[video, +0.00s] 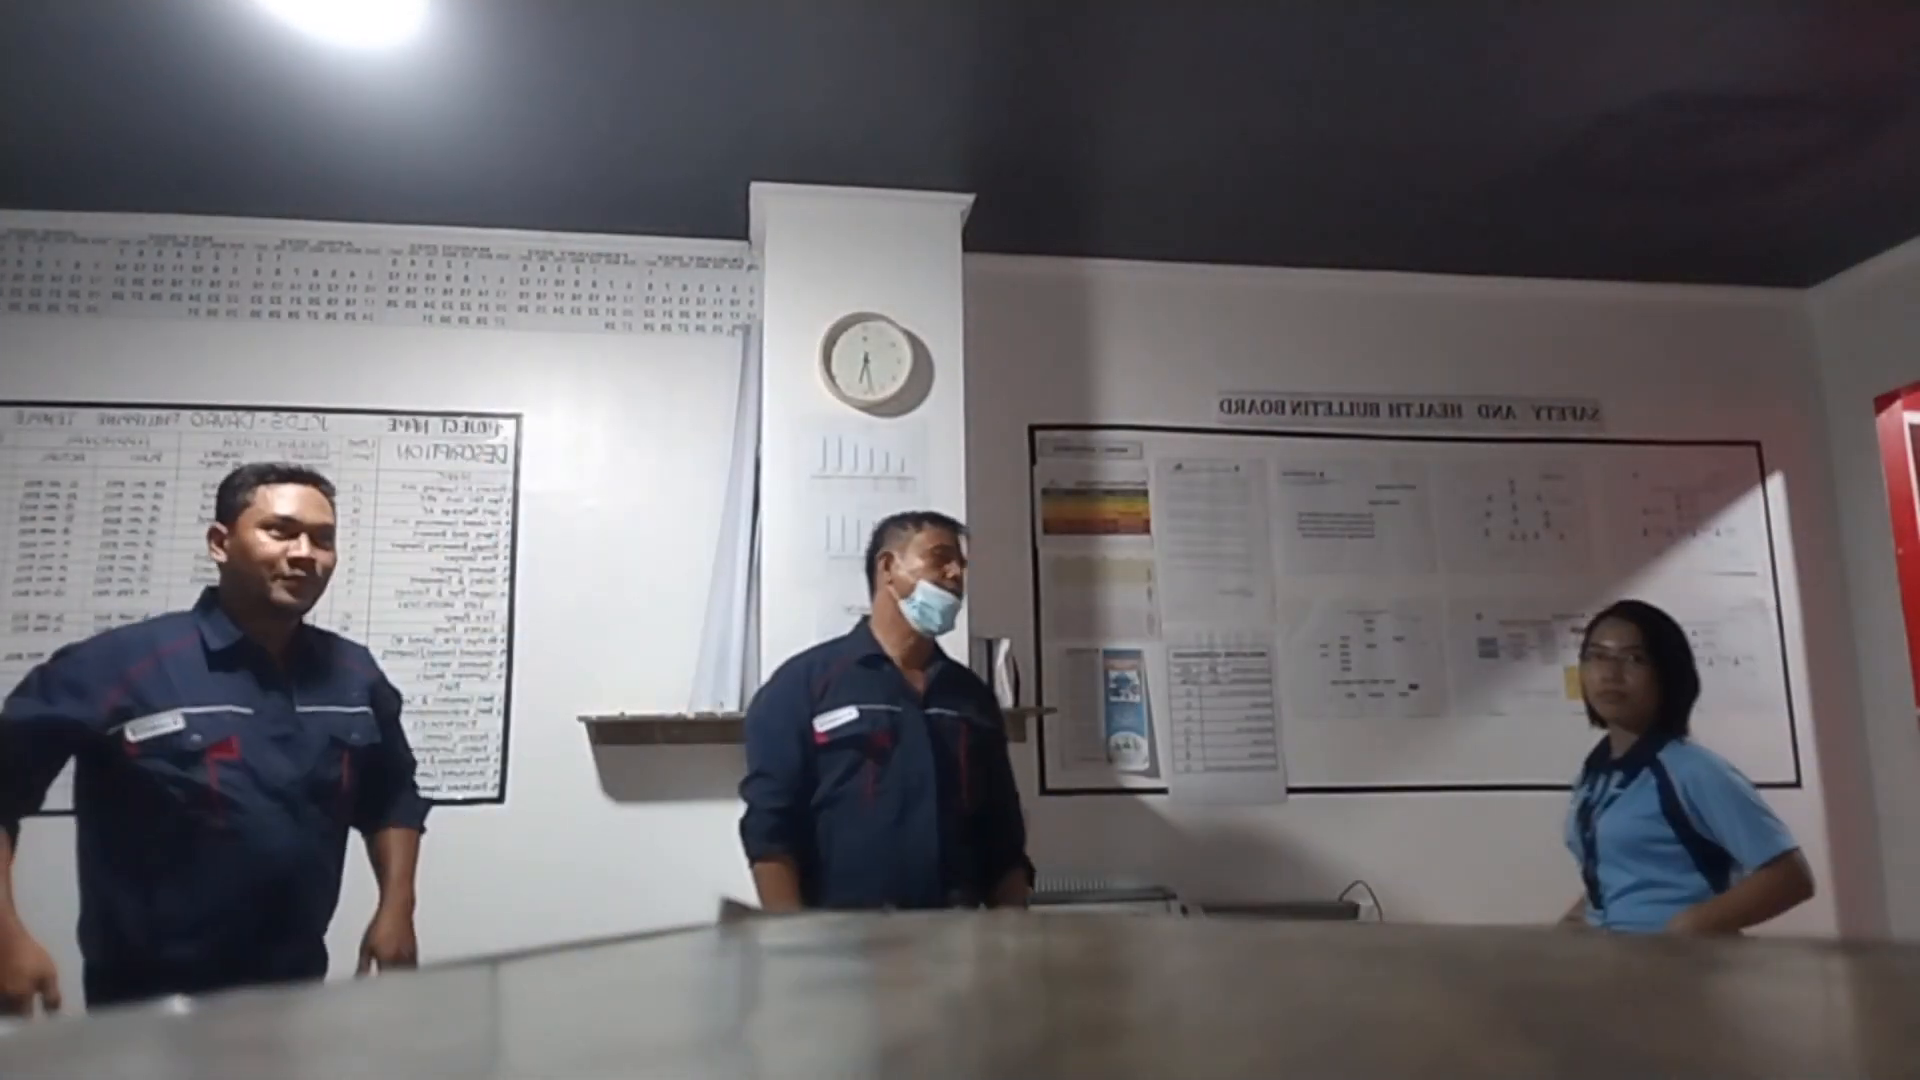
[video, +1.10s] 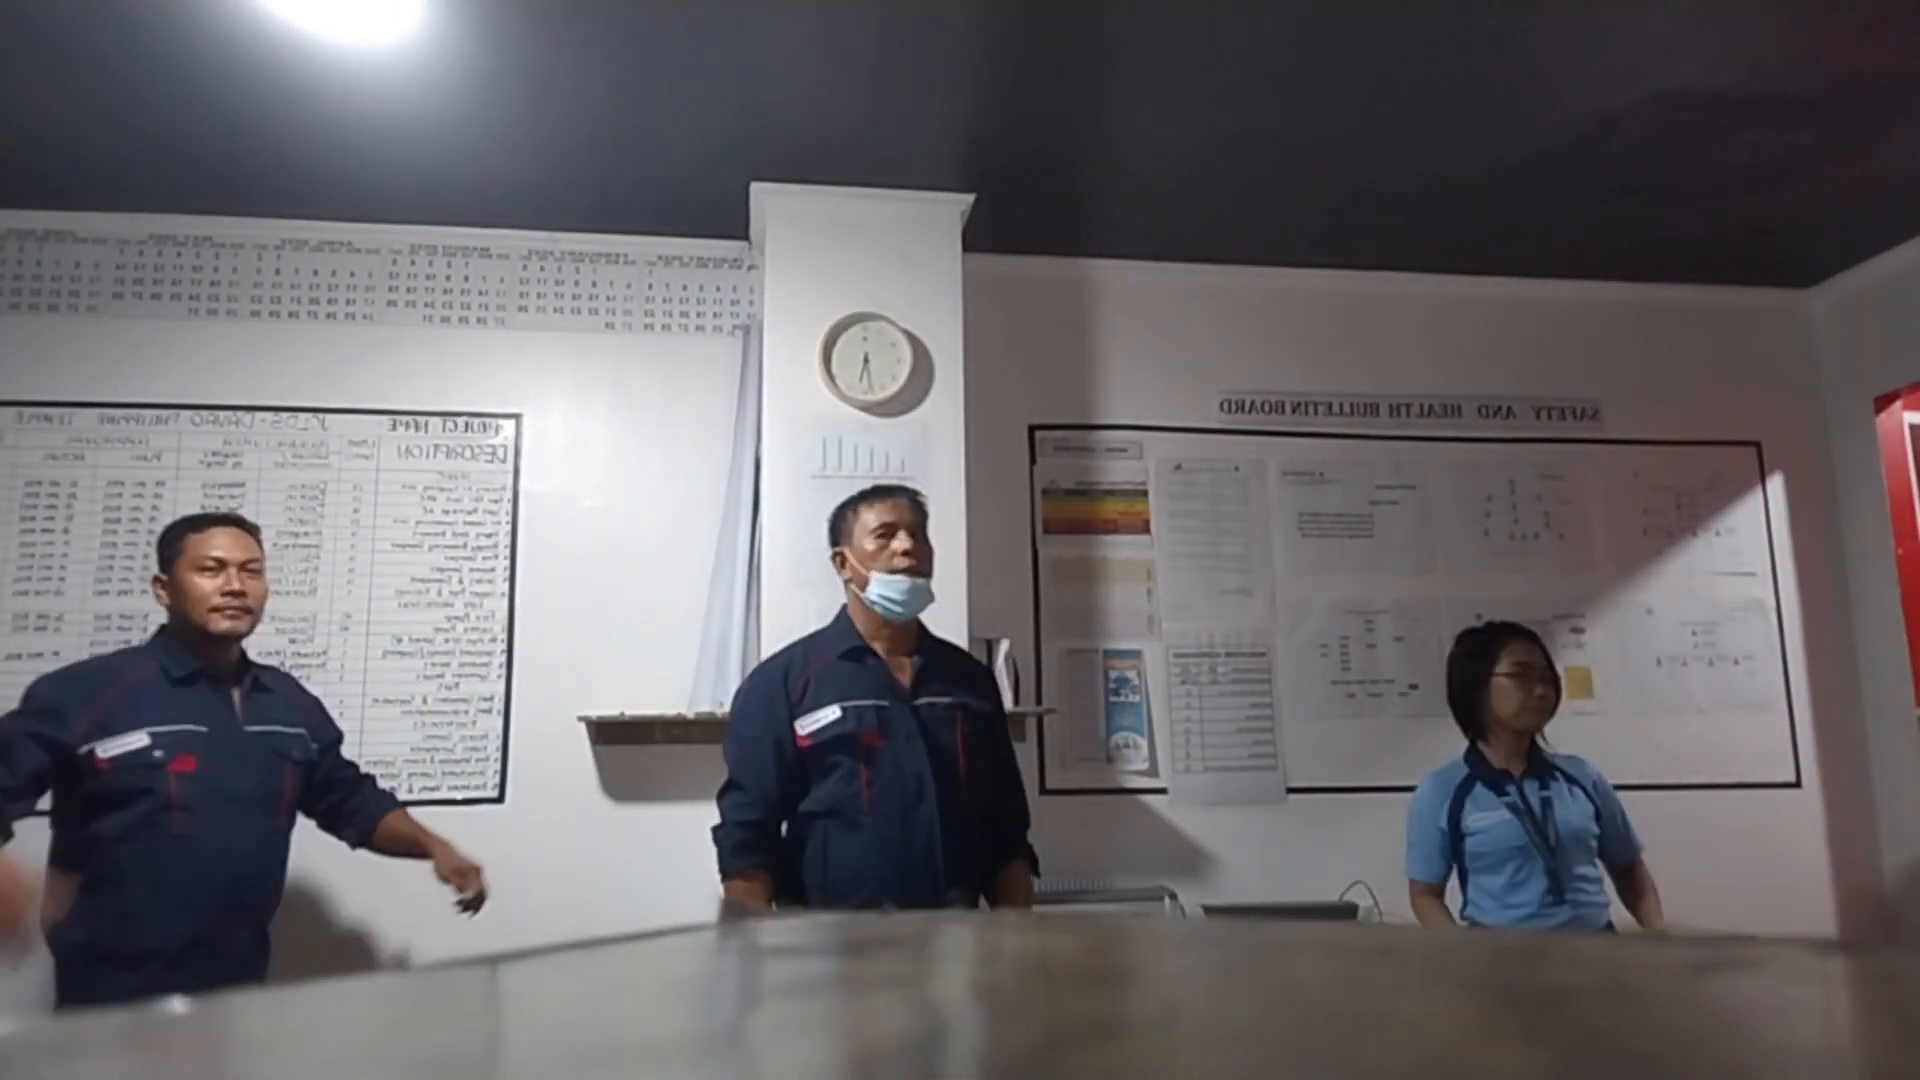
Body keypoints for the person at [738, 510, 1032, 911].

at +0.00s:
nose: (957, 572)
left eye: (961, 562)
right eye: (940, 558)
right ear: (887, 567)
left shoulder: (974, 696)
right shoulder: (799, 688)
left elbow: (1004, 843)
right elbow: (767, 831)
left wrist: (1014, 947)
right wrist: (799, 949)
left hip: (956, 945)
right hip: (840, 946)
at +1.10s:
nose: (908, 547)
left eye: (917, 535)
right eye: (884, 536)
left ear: (931, 553)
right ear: (844, 564)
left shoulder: (971, 680)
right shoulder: (779, 686)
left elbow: (1006, 837)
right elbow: (745, 842)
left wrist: (1020, 954)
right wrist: (755, 965)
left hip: (955, 947)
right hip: (831, 952)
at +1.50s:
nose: (860, 555)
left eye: (878, 538)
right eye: (842, 545)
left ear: (915, 554)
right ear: (826, 571)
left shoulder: (975, 677)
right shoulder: (775, 692)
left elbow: (1013, 831)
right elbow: (741, 847)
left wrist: (1015, 950)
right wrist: (761, 959)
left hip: (959, 945)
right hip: (828, 951)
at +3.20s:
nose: (823, 563)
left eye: (833, 549)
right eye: (800, 552)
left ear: (848, 565)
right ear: (766, 580)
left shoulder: (902, 681)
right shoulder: (709, 704)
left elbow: (939, 826)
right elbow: (673, 857)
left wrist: (941, 939)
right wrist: (681, 977)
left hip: (891, 939)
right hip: (769, 941)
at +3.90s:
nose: (880, 564)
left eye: (892, 552)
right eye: (859, 552)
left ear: (909, 575)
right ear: (828, 579)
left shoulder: (959, 688)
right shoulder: (768, 698)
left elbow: (1010, 824)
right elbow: (730, 852)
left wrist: (943, 771)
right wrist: (744, 973)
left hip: (938, 940)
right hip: (814, 943)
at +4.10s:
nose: (932, 570)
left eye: (945, 559)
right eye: (912, 556)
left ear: (958, 580)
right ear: (877, 580)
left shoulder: (991, 694)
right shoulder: (805, 690)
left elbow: (1034, 822)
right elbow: (759, 833)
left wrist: (954, 731)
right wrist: (763, 954)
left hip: (963, 943)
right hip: (841, 945)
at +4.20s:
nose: (947, 571)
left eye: (962, 561)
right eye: (928, 557)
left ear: (978, 584)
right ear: (893, 580)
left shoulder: (1003, 693)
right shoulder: (818, 688)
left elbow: (1041, 823)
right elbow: (770, 824)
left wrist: (960, 728)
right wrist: (773, 947)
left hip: (974, 944)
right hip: (851, 945)